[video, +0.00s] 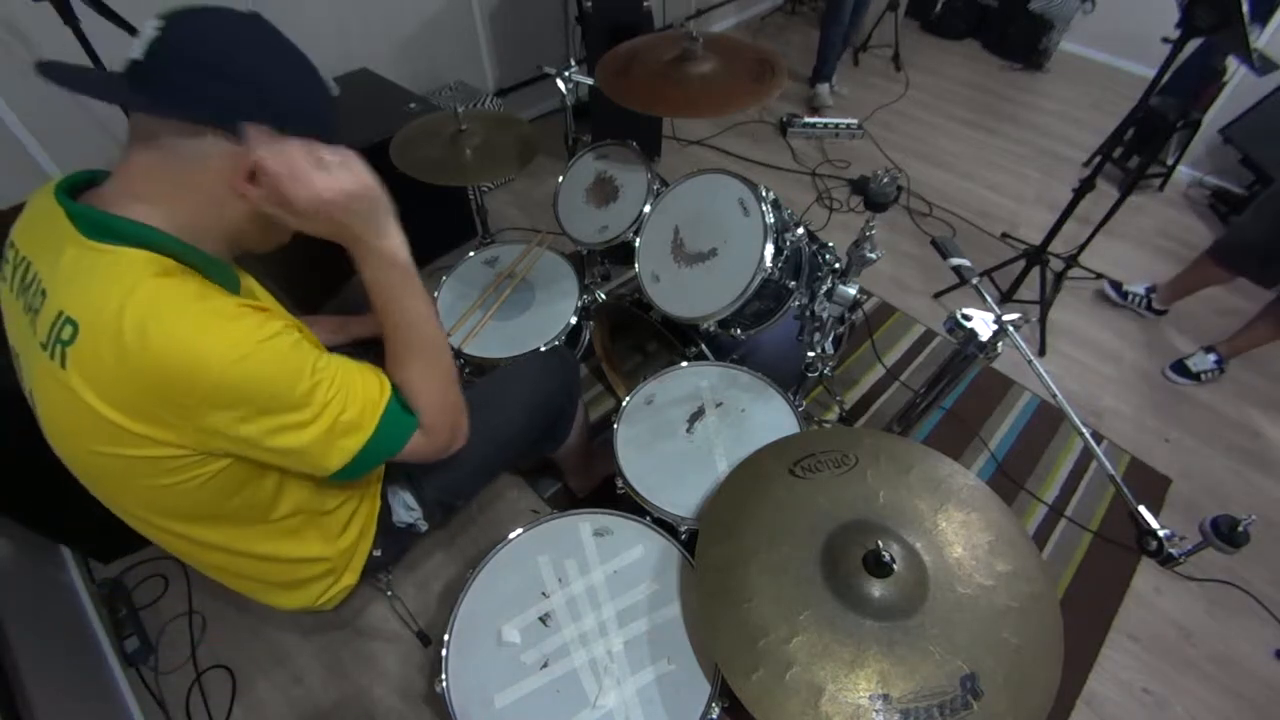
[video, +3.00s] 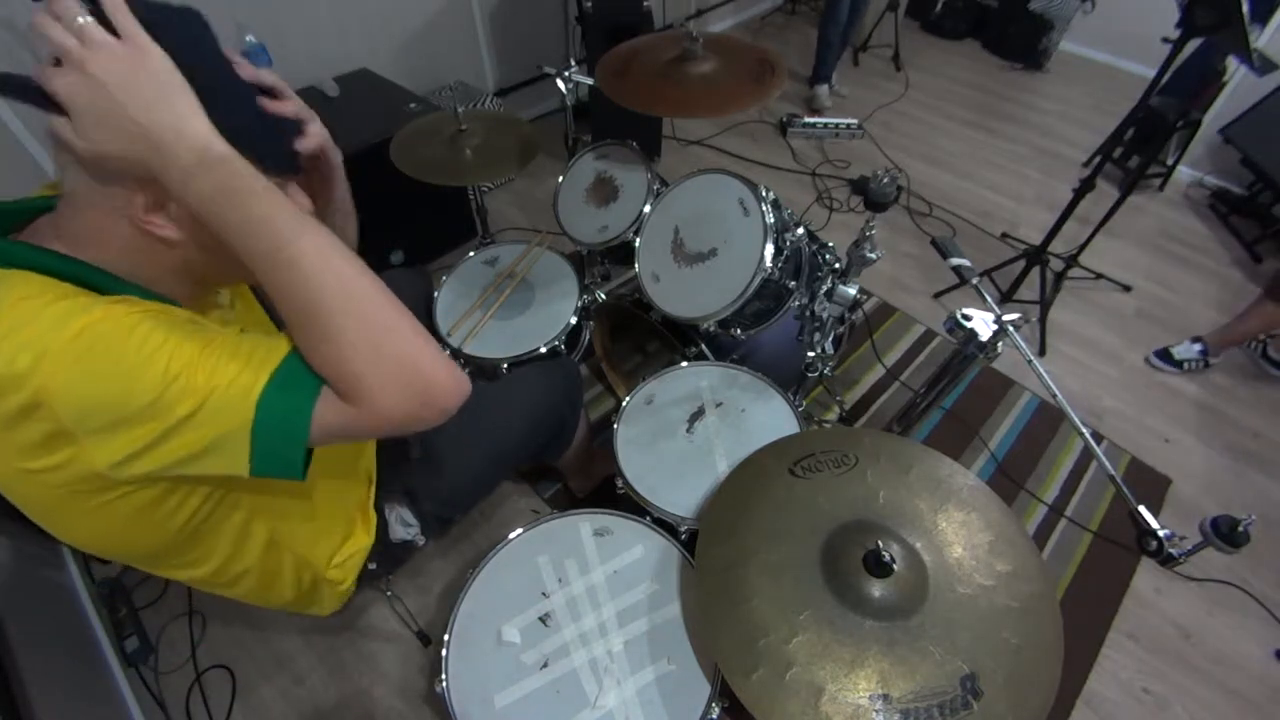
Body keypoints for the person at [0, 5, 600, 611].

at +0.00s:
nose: (308, 189)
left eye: (313, 165)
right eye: (303, 164)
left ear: (146, 128)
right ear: (255, 169)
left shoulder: (51, 217)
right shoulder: (198, 344)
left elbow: (224, 335)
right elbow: (440, 429)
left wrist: (376, 322)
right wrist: (375, 236)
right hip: (334, 532)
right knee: (552, 366)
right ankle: (583, 472)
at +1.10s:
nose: (275, 150)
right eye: (275, 136)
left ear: (88, 115)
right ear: (264, 165)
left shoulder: (28, 227)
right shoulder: (228, 370)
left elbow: (144, 348)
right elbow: (395, 475)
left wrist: (300, 315)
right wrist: (420, 302)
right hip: (337, 532)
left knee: (404, 325)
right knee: (554, 368)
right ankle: (583, 470)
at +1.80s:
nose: (218, 130)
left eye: (205, 112)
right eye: (212, 120)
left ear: (35, 174)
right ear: (205, 170)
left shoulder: (19, 265)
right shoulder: (207, 389)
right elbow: (340, 556)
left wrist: (241, 309)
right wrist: (421, 379)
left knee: (371, 264)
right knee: (555, 370)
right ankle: (581, 468)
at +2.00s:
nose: (249, 207)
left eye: (248, 188)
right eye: (240, 194)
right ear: (193, 230)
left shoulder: (21, 233)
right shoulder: (157, 422)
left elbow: (191, 292)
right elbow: (384, 527)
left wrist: (266, 240)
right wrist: (414, 298)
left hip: (265, 385)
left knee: (406, 324)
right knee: (552, 376)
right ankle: (582, 467)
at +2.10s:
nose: (285, 229)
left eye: (279, 211)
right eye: (274, 221)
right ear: (193, 258)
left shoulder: (30, 219)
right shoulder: (124, 419)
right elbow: (398, 498)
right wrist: (352, 254)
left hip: (249, 376)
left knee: (387, 286)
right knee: (553, 379)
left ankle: (427, 386)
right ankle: (577, 470)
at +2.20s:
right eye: (244, 257)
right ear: (196, 261)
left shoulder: (36, 215)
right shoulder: (91, 411)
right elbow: (405, 474)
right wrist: (275, 224)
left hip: (240, 369)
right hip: (330, 516)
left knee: (414, 288)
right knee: (553, 380)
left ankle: (428, 394)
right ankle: (576, 469)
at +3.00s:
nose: (292, 208)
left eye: (287, 187)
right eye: (272, 195)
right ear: (161, 217)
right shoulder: (78, 366)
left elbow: (318, 287)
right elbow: (425, 391)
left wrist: (327, 184)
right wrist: (190, 156)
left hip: (269, 364)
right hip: (341, 503)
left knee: (488, 277)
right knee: (553, 376)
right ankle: (575, 470)